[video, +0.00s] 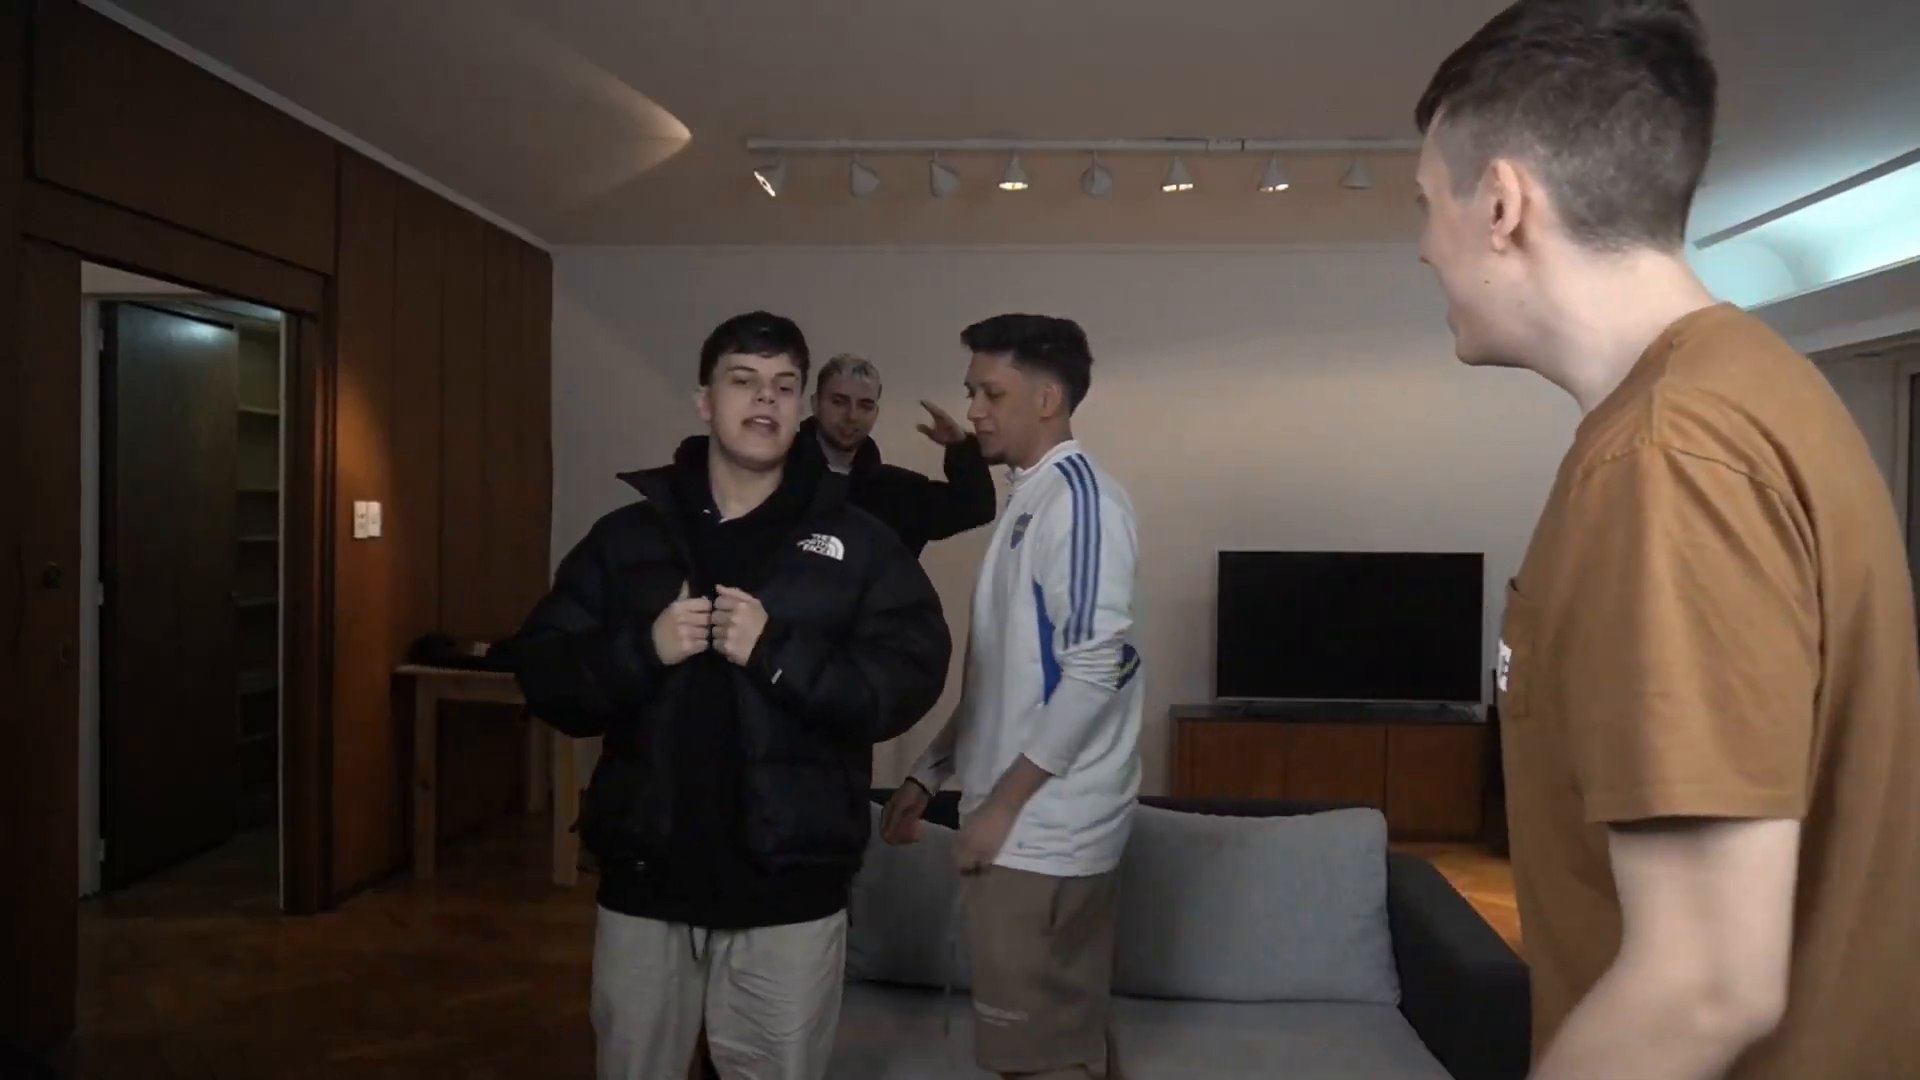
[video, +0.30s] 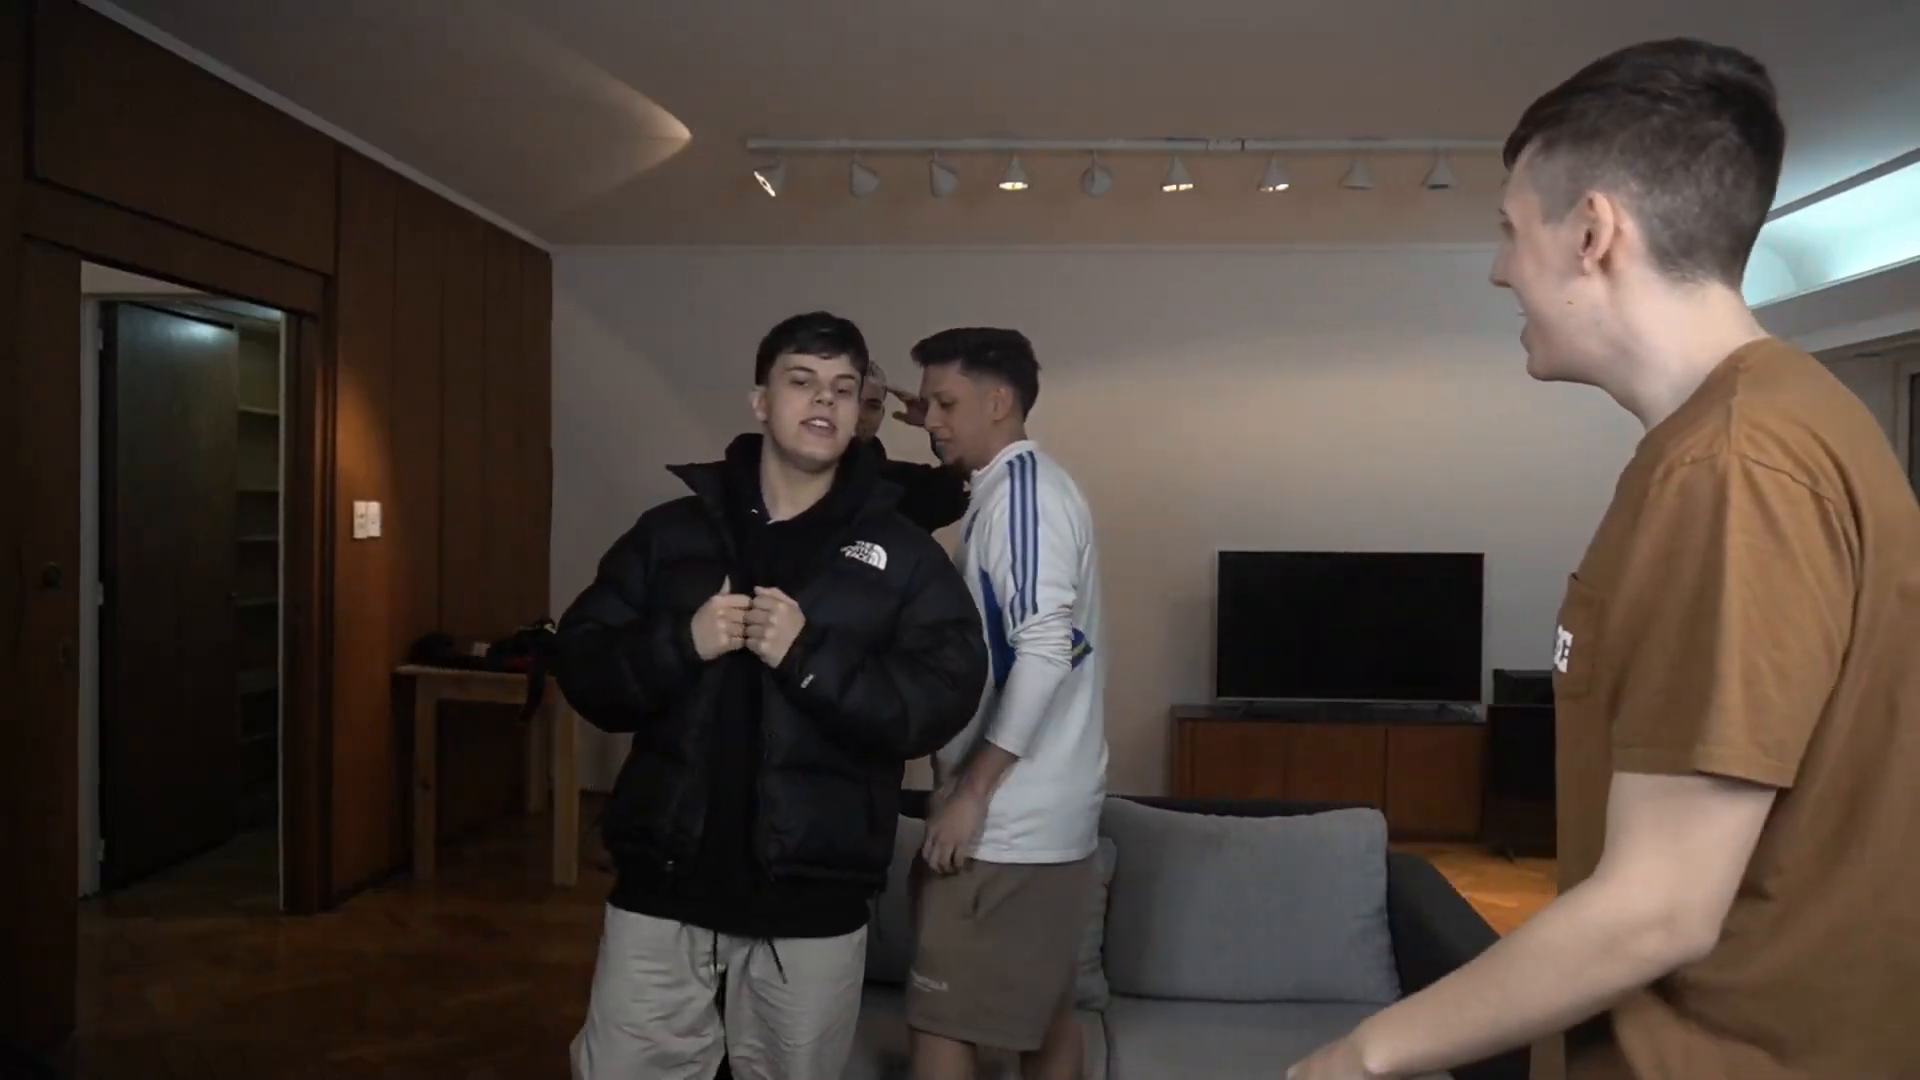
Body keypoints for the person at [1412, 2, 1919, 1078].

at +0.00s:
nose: (1427, 248)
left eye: (1427, 200)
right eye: (1421, 205)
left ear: (1504, 204)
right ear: (1654, 193)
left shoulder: (1667, 453)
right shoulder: (1766, 393)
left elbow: (1706, 984)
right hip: (1837, 1045)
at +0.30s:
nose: (1500, 271)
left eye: (1512, 228)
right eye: (1504, 232)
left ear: (1595, 235)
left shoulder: (1741, 462)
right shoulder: (1787, 422)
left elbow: (1662, 905)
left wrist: (1365, 1053)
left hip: (1705, 1059)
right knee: (1381, 874)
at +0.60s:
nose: (1514, 303)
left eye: (1532, 268)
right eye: (1520, 270)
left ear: (1619, 274)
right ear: (1618, 276)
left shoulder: (1692, 462)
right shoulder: (1798, 439)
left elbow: (1718, 849)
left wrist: (1628, 1063)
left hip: (1726, 1052)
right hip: (1836, 1041)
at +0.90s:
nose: (1460, 323)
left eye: (1474, 292)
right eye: (1465, 295)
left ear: (1543, 298)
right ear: (1551, 297)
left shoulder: (1643, 451)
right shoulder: (1689, 437)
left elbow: (1769, 796)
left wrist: (1741, 1067)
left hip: (1619, 1045)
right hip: (1657, 1035)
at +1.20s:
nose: (1392, 321)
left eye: (1397, 292)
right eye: (1392, 293)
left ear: (1450, 298)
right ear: (1553, 296)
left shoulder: (1484, 457)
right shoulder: (1674, 454)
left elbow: (1514, 781)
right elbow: (1728, 707)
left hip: (1551, 1035)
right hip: (1691, 1014)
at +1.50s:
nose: (1339, 337)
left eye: (1338, 309)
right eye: (1336, 310)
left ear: (1385, 310)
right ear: (1488, 303)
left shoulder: (1412, 462)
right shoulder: (1616, 456)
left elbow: (1372, 774)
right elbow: (1680, 693)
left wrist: (1186, 921)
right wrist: (1589, 828)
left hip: (1486, 996)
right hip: (1638, 965)